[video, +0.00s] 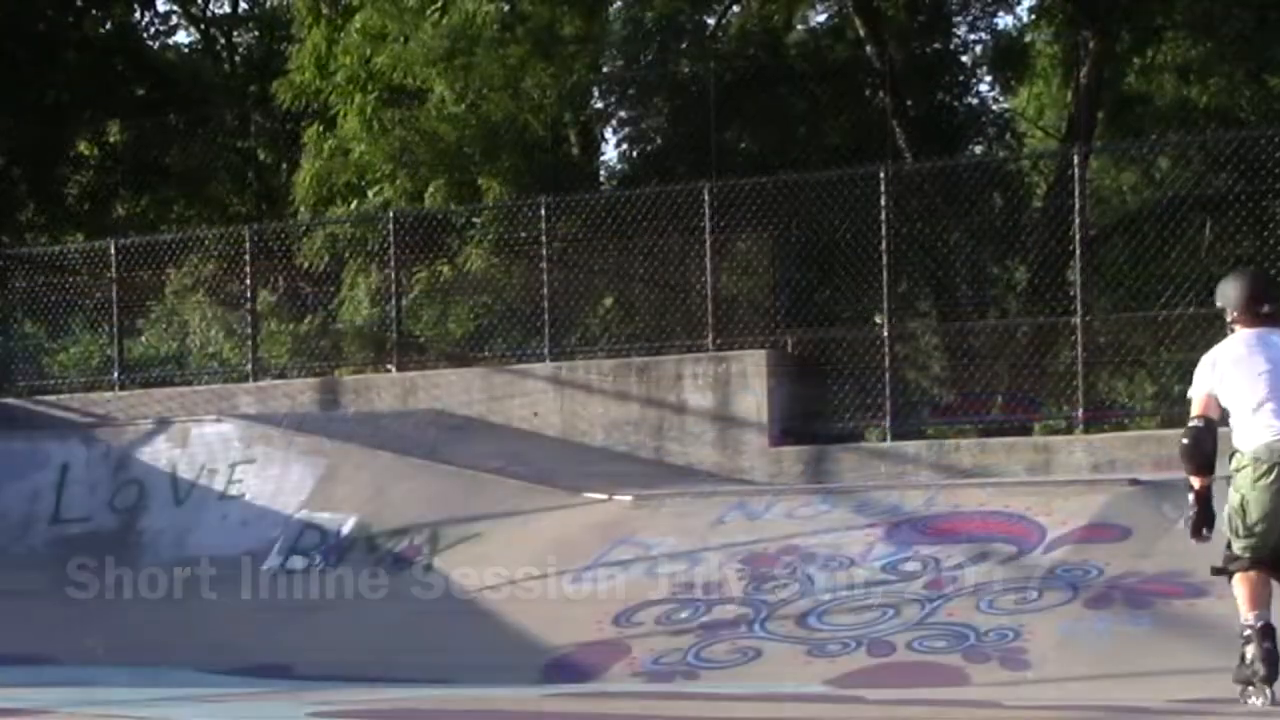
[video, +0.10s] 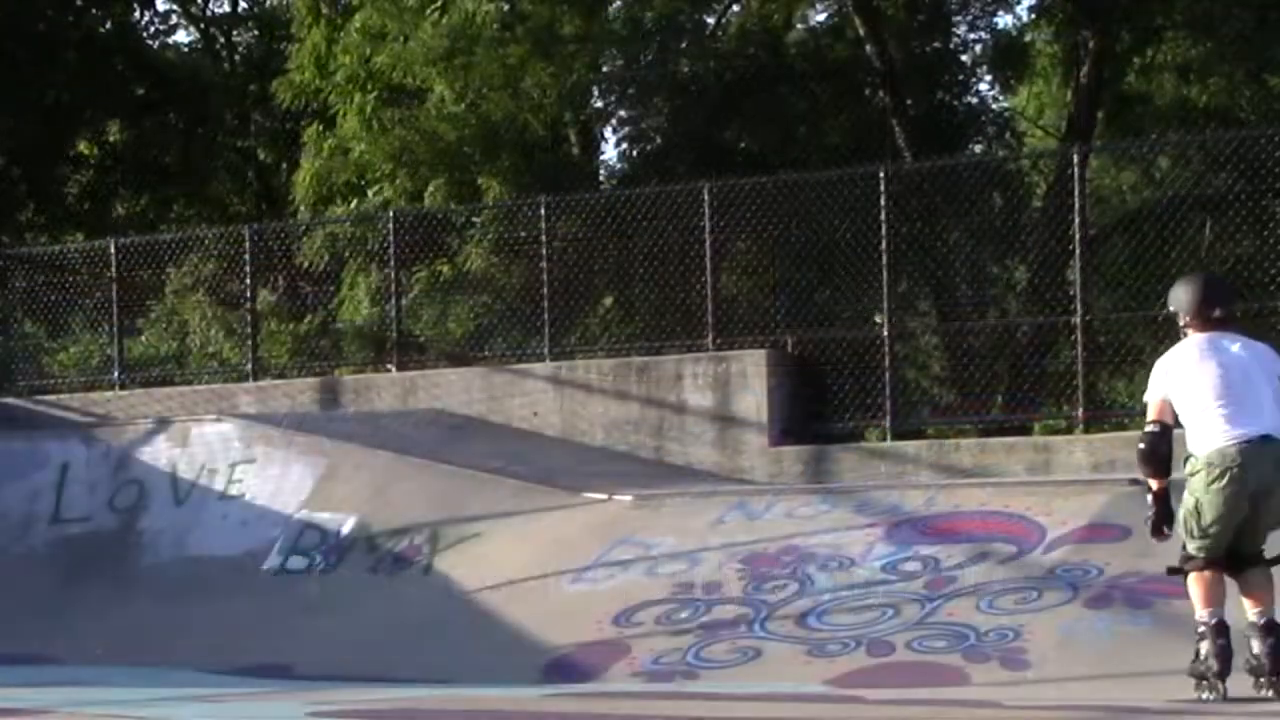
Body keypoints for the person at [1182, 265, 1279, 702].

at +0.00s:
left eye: (1225, 313)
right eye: (1267, 304)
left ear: (1229, 315)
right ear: (1269, 306)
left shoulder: (1219, 358)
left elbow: (1198, 438)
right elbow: (1200, 438)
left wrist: (1199, 496)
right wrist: (1200, 495)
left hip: (1263, 465)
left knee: (1250, 559)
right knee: (1259, 559)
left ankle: (1258, 639)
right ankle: (1258, 644)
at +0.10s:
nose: (1178, 321)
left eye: (1179, 315)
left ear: (1183, 319)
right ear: (1228, 311)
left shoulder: (1172, 361)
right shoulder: (1264, 352)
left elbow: (1155, 443)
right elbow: (1274, 409)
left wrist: (1159, 500)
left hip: (1220, 464)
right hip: (1272, 457)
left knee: (1202, 557)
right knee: (1249, 555)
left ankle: (1211, 648)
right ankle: (1267, 647)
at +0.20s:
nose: (1140, 322)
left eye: (1140, 316)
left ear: (1144, 320)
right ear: (1188, 313)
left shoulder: (1131, 363)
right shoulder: (1217, 349)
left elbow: (1116, 442)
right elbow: (1260, 402)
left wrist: (1122, 494)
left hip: (1183, 461)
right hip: (1238, 454)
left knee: (1161, 553)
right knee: (1209, 551)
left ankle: (1173, 648)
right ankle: (1231, 646)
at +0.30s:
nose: (1098, 314)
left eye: (1098, 308)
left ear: (1101, 312)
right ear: (1144, 303)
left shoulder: (1091, 354)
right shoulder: (1174, 340)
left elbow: (1073, 431)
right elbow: (1218, 393)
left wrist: (1077, 481)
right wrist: (1235, 447)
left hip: (1136, 459)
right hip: (1190, 451)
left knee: (1118, 547)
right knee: (1170, 536)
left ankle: (1119, 642)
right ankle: (1186, 627)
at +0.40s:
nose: (1068, 302)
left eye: (1068, 296)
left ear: (1071, 298)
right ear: (1113, 290)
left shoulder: (1062, 340)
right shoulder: (1143, 327)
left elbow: (1038, 412)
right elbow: (1189, 374)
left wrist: (1041, 456)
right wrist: (1210, 423)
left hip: (1104, 446)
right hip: (1156, 437)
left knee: (1087, 540)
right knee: (1138, 513)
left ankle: (1074, 634)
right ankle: (1146, 600)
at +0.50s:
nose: (1034, 287)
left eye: (1034, 281)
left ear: (1040, 283)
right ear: (1081, 275)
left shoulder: (1031, 322)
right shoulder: (1110, 312)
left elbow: (1003, 391)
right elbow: (1153, 360)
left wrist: (1000, 432)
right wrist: (1176, 411)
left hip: (1072, 428)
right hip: (1123, 419)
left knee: (1054, 518)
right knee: (1103, 488)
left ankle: (1038, 606)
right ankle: (1113, 571)